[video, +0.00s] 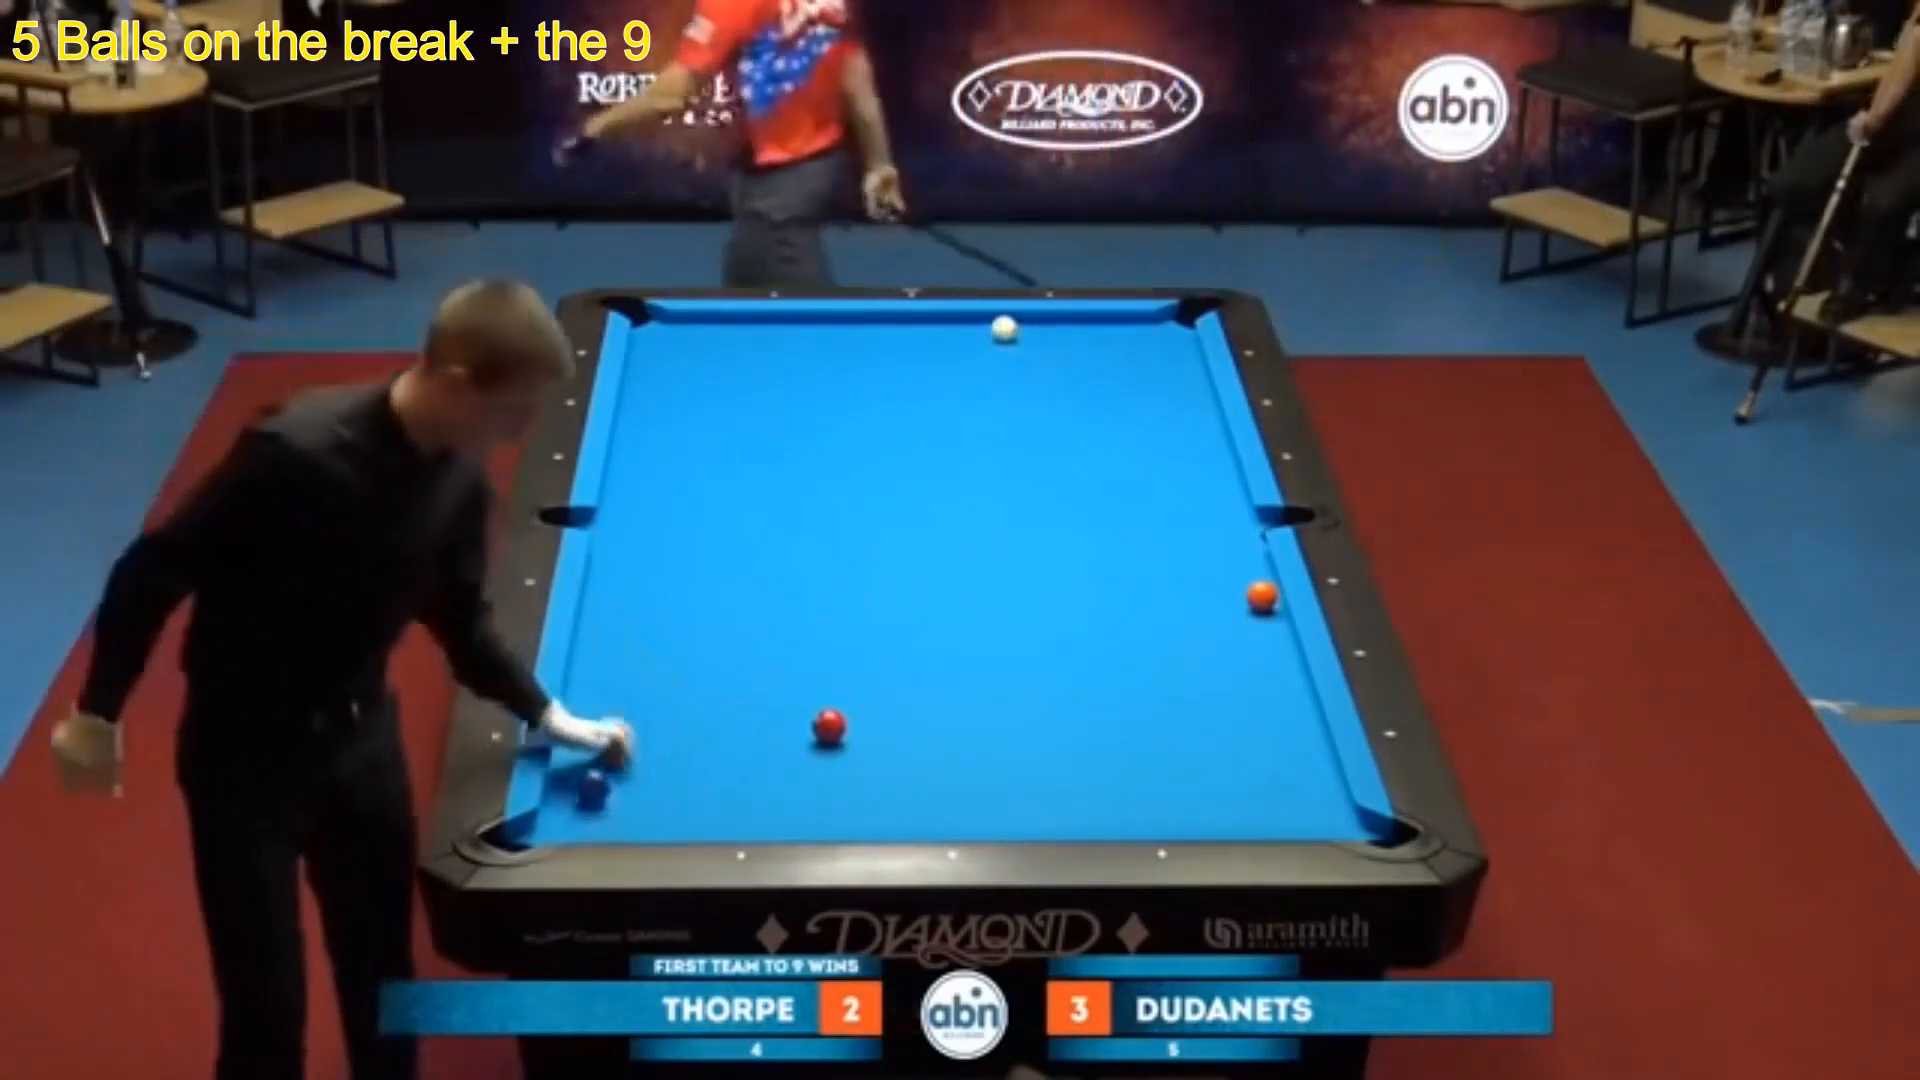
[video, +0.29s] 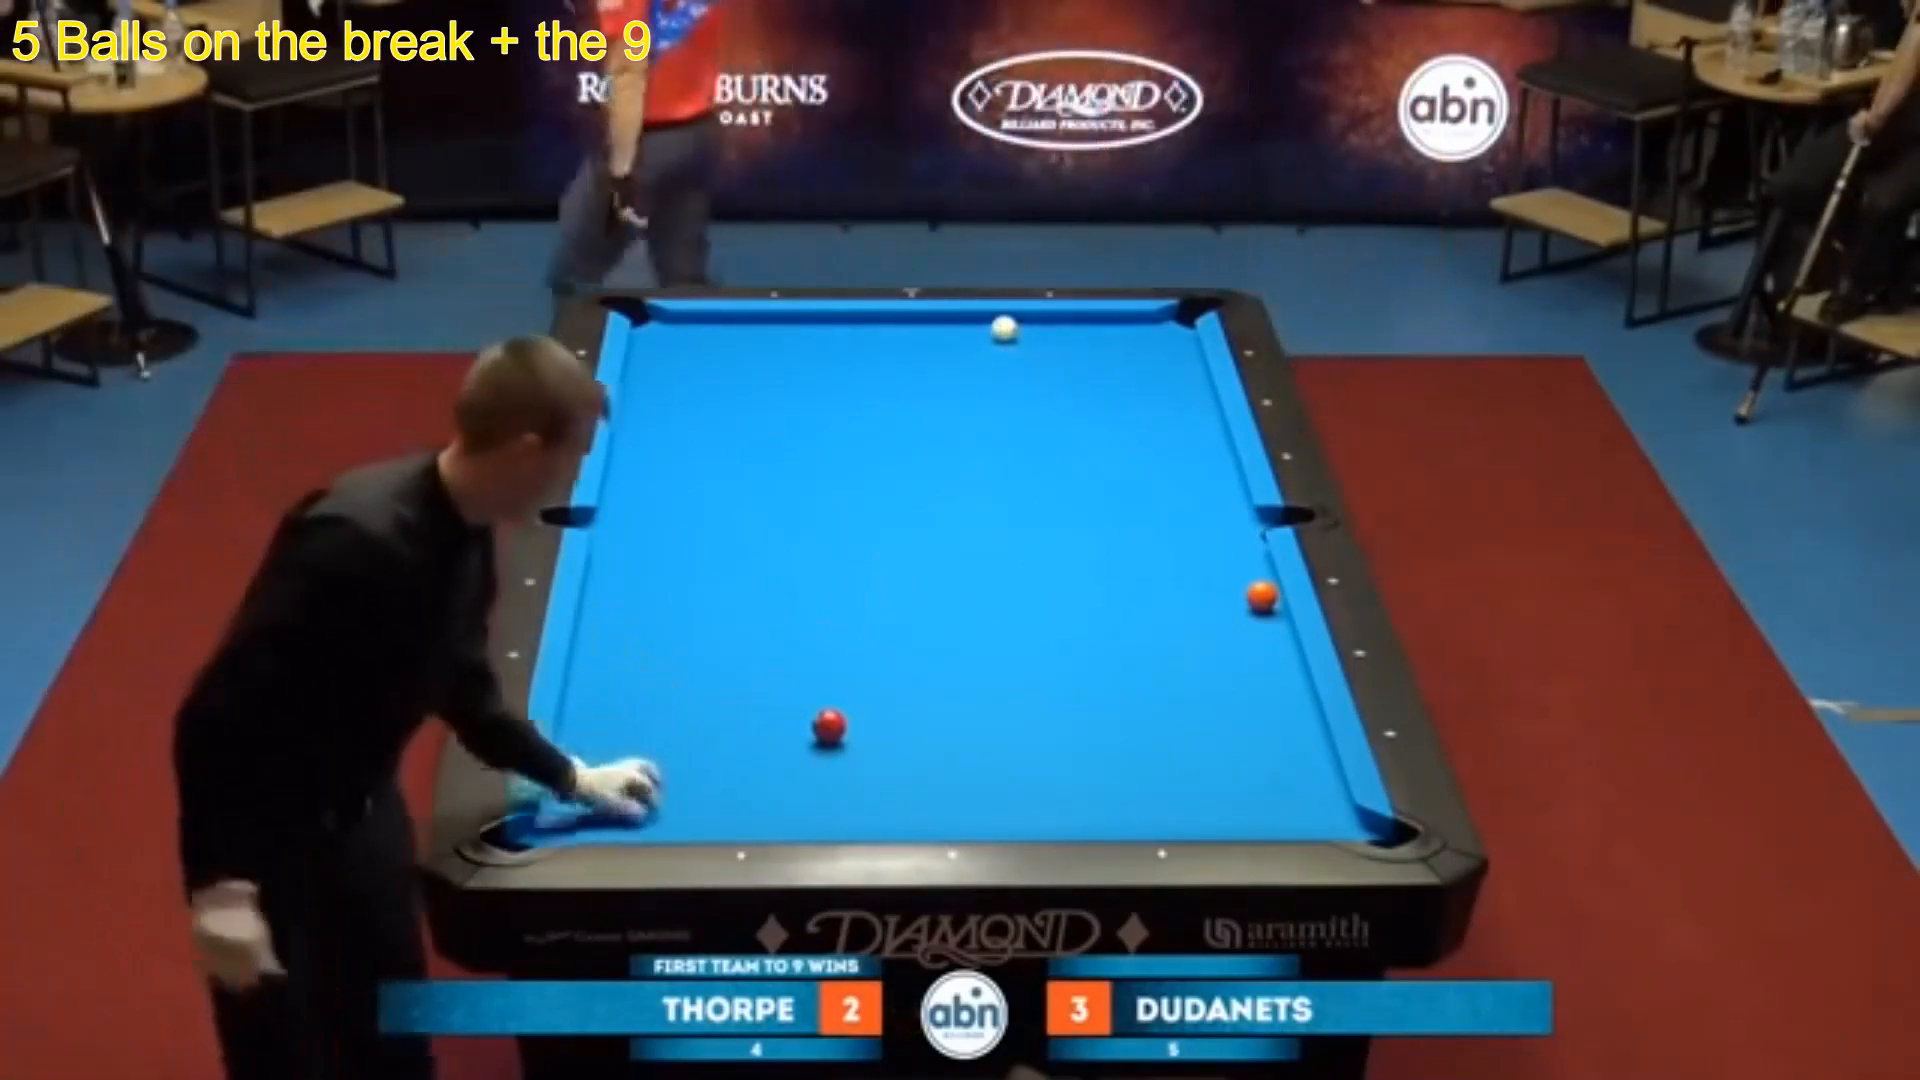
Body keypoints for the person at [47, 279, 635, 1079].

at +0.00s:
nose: (517, 435)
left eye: (526, 416)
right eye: (511, 413)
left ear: (457, 378)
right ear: (454, 379)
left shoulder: (459, 479)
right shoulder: (291, 452)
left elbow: (459, 617)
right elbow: (152, 571)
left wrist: (551, 717)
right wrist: (97, 712)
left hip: (359, 740)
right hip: (242, 753)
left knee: (383, 994)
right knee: (264, 1012)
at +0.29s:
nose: (573, 475)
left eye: (579, 455)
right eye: (573, 454)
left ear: (517, 444)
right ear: (528, 449)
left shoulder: (464, 533)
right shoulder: (349, 538)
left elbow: (466, 696)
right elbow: (212, 718)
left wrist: (574, 778)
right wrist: (221, 889)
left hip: (360, 823)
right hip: (268, 844)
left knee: (392, 1050)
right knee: (290, 1061)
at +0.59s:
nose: (640, 506)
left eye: (643, 487)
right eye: (638, 487)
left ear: (541, 469)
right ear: (599, 487)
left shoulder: (510, 568)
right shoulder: (448, 590)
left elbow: (563, 699)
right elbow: (368, 770)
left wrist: (667, 763)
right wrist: (440, 931)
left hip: (403, 861)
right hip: (323, 887)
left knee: (517, 1046)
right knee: (349, 1067)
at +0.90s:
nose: (841, 519)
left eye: (844, 500)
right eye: (843, 500)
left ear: (747, 486)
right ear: (817, 503)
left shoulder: (703, 567)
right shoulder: (726, 598)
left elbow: (698, 689)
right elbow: (656, 761)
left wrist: (787, 718)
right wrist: (681, 927)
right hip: (591, 903)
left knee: (574, 1065)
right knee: (592, 1068)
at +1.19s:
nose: (987, 434)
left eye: (984, 416)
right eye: (984, 418)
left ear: (881, 417)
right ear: (972, 428)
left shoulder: (797, 522)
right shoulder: (959, 542)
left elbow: (761, 681)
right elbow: (1013, 713)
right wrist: (1035, 857)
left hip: (762, 857)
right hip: (868, 867)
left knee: (770, 1044)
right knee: (895, 1054)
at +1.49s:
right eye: (1121, 403)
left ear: (1021, 409)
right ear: (1122, 419)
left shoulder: (953, 513)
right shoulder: (1163, 522)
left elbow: (896, 685)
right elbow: (1278, 648)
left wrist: (944, 790)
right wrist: (1265, 701)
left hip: (989, 833)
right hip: (1127, 837)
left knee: (985, 1034)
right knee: (1135, 1038)